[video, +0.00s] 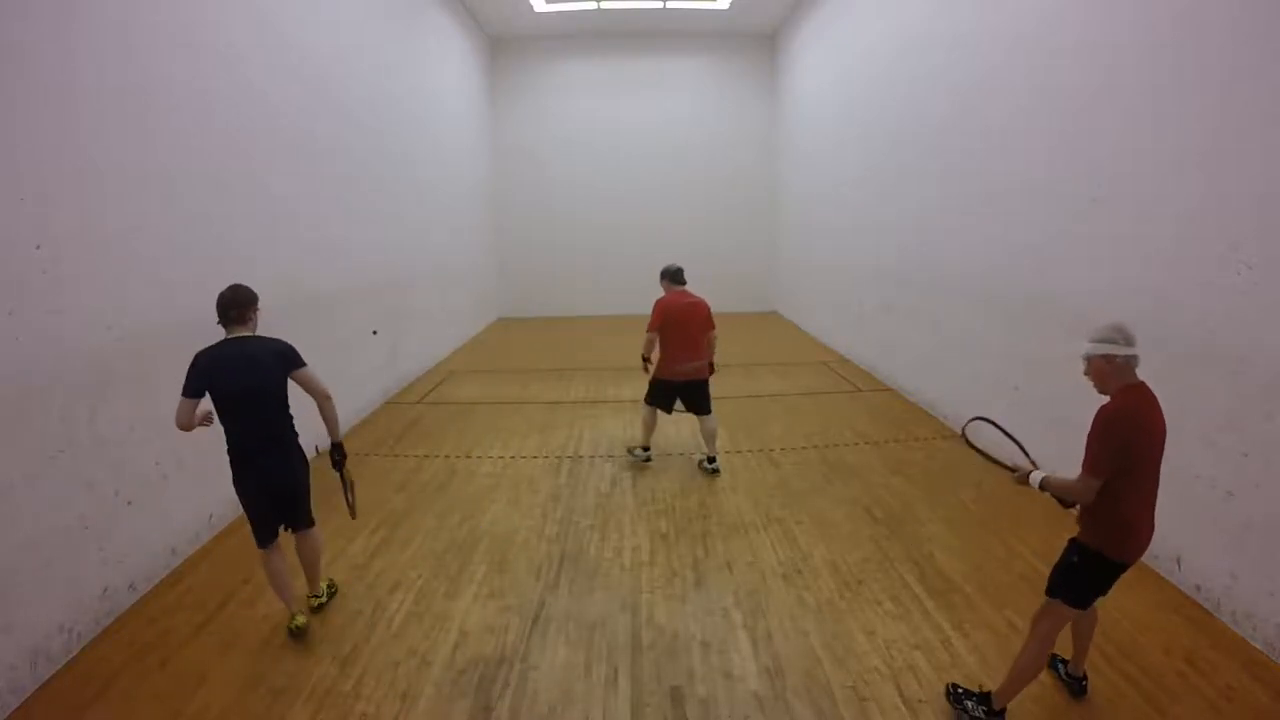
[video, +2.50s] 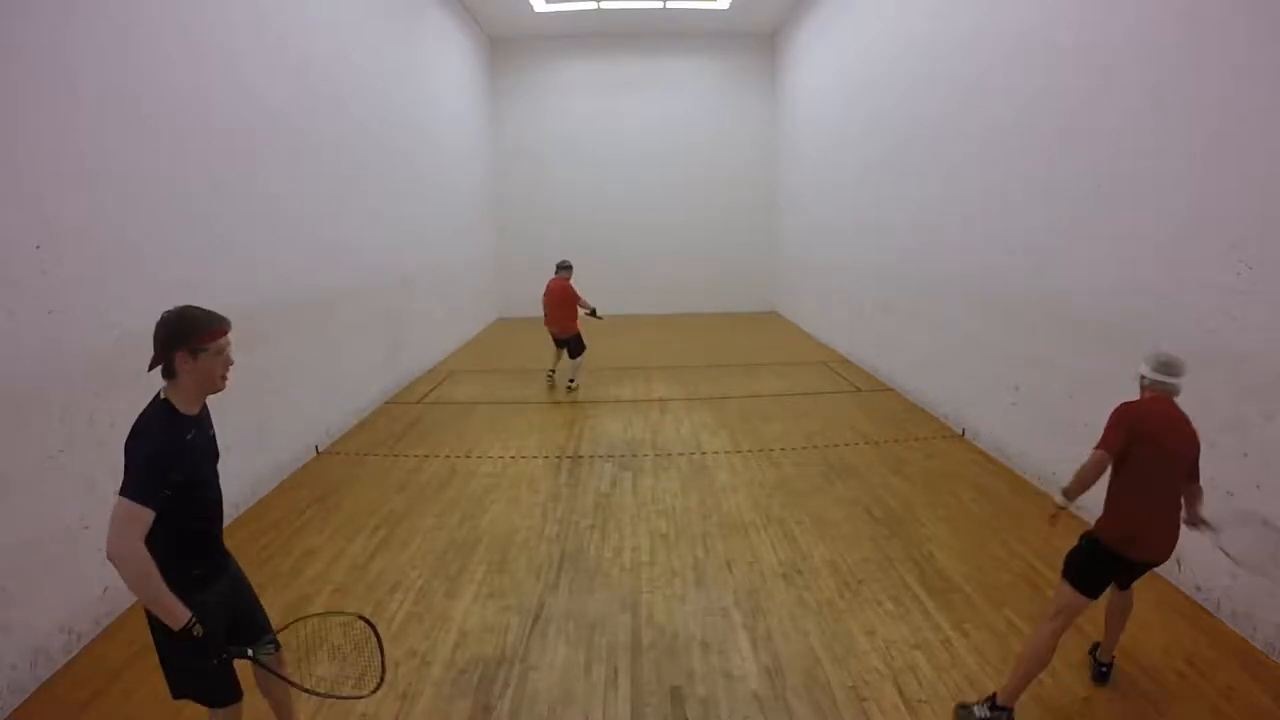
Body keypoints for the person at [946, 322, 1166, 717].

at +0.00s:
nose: (1086, 371)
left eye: (1090, 362)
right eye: (1086, 362)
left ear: (1114, 362)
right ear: (1123, 363)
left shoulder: (1115, 414)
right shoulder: (1145, 403)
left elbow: (1086, 489)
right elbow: (1128, 477)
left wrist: (1038, 478)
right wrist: (1081, 498)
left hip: (1103, 538)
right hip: (1130, 535)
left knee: (1048, 621)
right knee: (1084, 600)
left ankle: (995, 704)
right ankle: (1076, 672)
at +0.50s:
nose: (1089, 366)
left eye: (1096, 360)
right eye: (1092, 358)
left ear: (1118, 368)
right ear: (1130, 370)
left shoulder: (1109, 419)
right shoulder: (1152, 411)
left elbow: (1085, 504)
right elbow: (1135, 488)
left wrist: (1066, 507)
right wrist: (1085, 506)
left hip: (1106, 557)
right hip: (1143, 556)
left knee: (1040, 636)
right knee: (1095, 619)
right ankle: (1083, 696)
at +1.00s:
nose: (1062, 375)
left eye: (1068, 368)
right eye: (1064, 367)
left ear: (1084, 374)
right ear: (1105, 374)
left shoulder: (1078, 426)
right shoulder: (1129, 417)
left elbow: (1055, 511)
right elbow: (1117, 494)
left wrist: (1043, 524)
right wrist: (1062, 522)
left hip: (1088, 565)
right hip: (1129, 563)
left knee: (1024, 643)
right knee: (1091, 623)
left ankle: (999, 715)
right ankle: (1082, 697)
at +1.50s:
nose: (1059, 374)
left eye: (1063, 368)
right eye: (1061, 367)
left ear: (1076, 375)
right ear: (1102, 375)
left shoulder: (1071, 428)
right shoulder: (1128, 419)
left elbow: (1054, 515)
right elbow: (1116, 493)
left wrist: (1043, 527)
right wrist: (1059, 522)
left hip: (1087, 565)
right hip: (1129, 561)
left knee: (1021, 641)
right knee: (1090, 621)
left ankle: (998, 715)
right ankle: (1082, 697)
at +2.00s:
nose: (1061, 376)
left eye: (1062, 369)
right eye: (1062, 368)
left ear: (1069, 374)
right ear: (1105, 375)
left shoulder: (1064, 425)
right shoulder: (1128, 420)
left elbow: (1046, 508)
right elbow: (1152, 500)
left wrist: (1058, 526)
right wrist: (1102, 511)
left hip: (1081, 562)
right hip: (1128, 559)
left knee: (1020, 639)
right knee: (1089, 619)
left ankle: (998, 714)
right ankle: (1085, 695)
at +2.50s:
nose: (1140, 385)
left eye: (1142, 380)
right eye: (1146, 381)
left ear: (1144, 381)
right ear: (1177, 388)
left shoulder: (1129, 413)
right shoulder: (1186, 430)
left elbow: (1098, 463)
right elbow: (1192, 485)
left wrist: (1066, 496)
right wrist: (1193, 513)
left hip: (1115, 537)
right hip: (1159, 545)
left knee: (1057, 619)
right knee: (1122, 584)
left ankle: (1001, 705)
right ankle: (1105, 660)